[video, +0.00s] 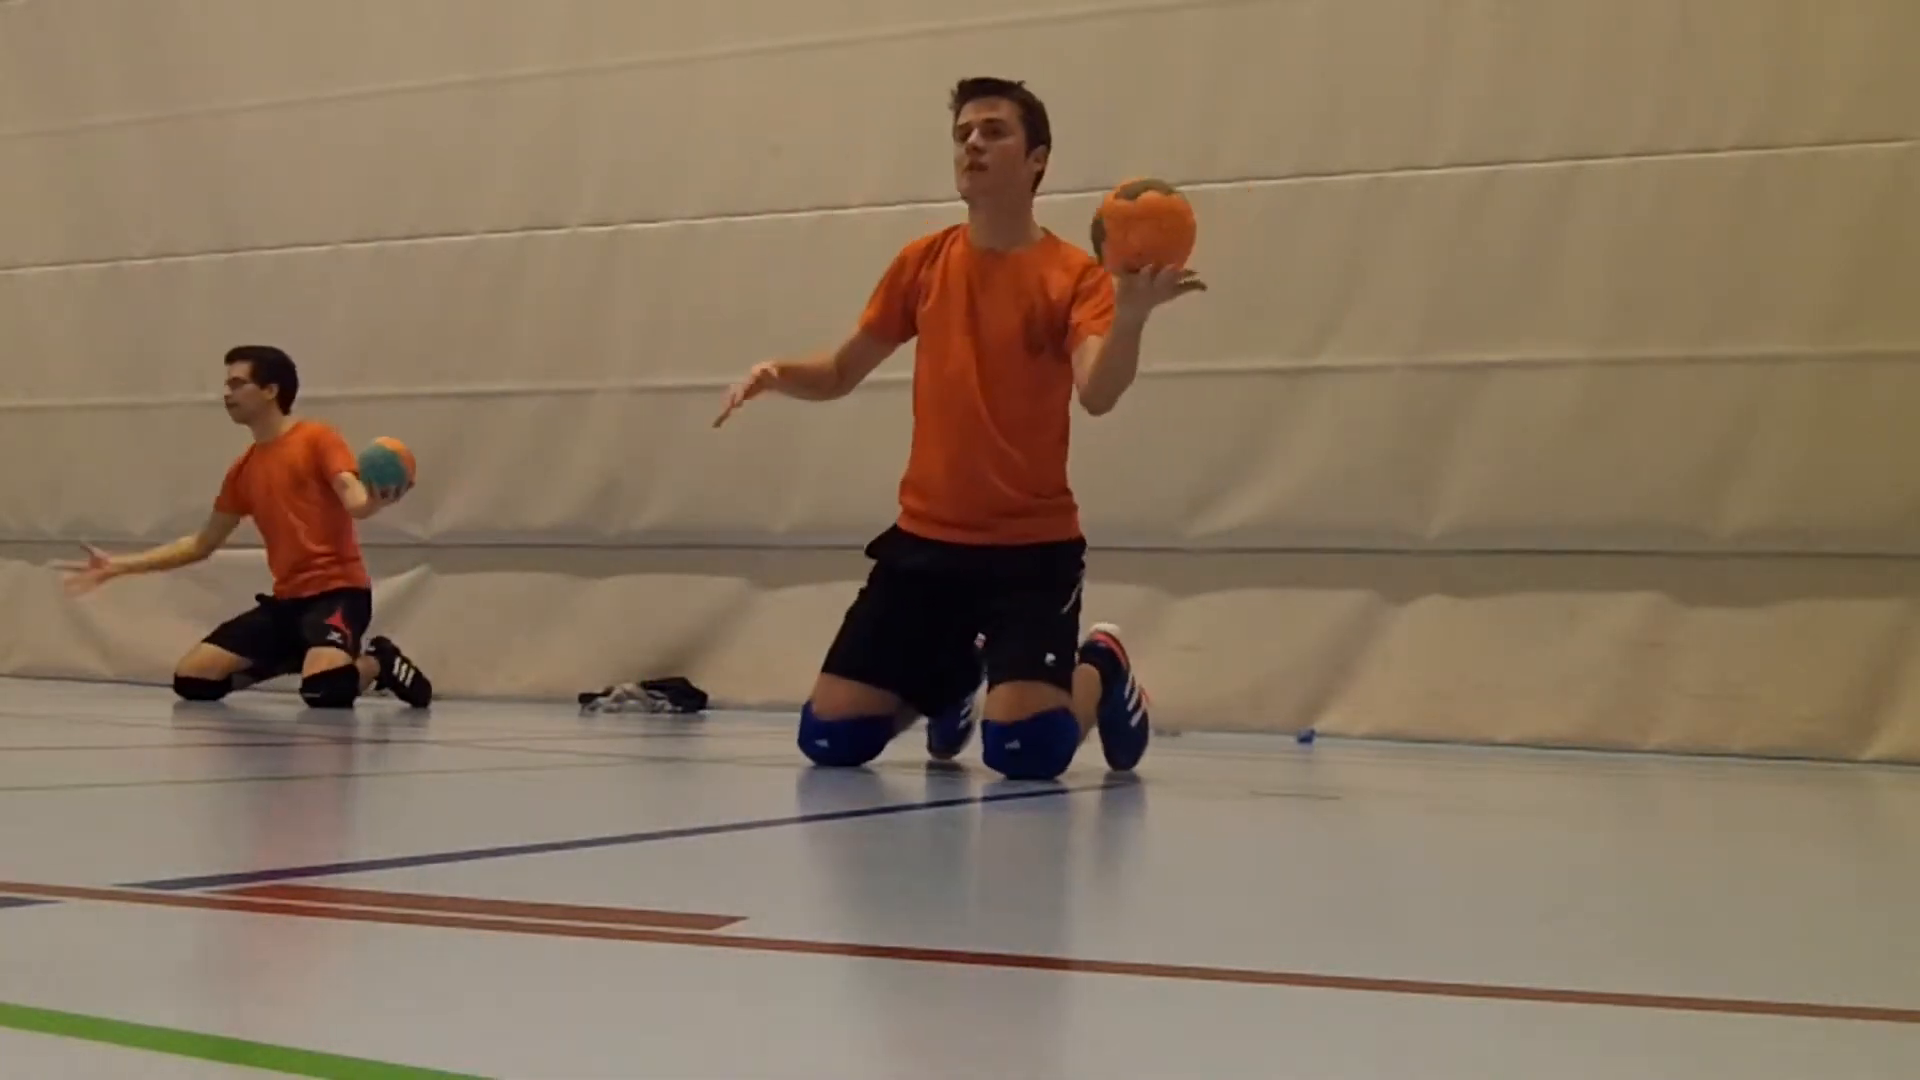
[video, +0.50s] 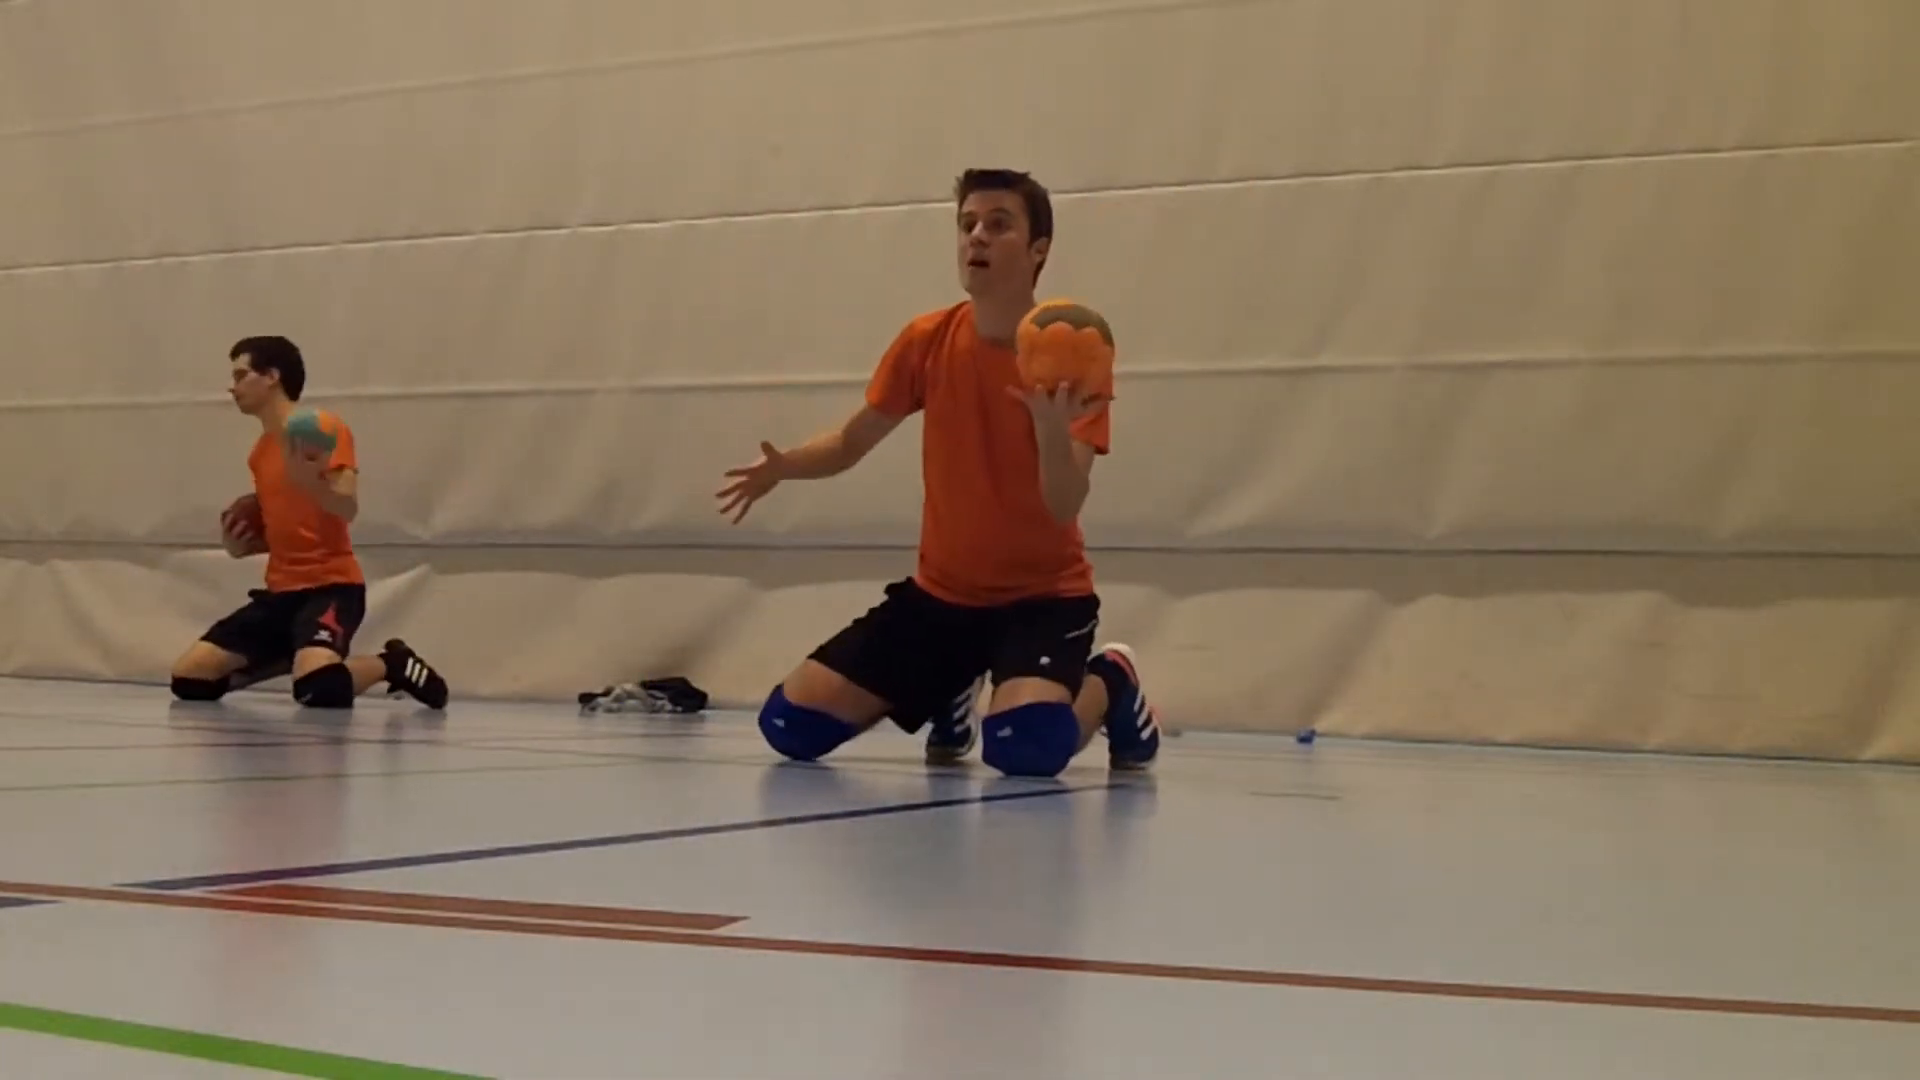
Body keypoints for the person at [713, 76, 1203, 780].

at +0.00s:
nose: (972, 143)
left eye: (994, 130)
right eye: (963, 134)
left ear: (1037, 162)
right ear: (952, 160)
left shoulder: (1075, 276)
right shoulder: (925, 263)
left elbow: (1099, 394)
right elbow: (840, 371)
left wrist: (1130, 318)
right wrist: (780, 373)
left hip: (1033, 546)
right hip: (925, 539)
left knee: (1023, 754)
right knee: (829, 739)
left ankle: (1102, 669)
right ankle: (950, 675)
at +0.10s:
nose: (970, 163)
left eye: (992, 152)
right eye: (961, 153)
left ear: (1033, 181)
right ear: (948, 177)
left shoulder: (1064, 292)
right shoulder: (919, 278)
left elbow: (1079, 427)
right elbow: (830, 383)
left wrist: (1103, 349)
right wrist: (765, 392)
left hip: (1036, 562)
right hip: (929, 554)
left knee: (1013, 751)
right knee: (830, 740)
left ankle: (1105, 669)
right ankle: (952, 677)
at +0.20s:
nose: (971, 194)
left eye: (993, 181)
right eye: (962, 182)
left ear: (1034, 209)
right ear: (951, 203)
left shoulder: (1067, 320)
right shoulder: (920, 304)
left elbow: (1067, 465)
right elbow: (831, 401)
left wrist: (1077, 376)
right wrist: (757, 421)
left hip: (1041, 580)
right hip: (936, 574)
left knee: (1008, 750)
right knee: (834, 738)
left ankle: (1105, 677)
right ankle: (949, 685)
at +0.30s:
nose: (977, 225)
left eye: (999, 211)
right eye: (968, 213)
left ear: (1040, 238)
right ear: (956, 232)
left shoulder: (1069, 345)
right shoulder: (926, 330)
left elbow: (1063, 492)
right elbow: (837, 422)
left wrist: (1062, 414)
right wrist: (764, 447)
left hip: (1048, 591)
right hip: (943, 587)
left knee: (1018, 750)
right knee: (824, 737)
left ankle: (1114, 681)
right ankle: (940, 691)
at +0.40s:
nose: (981, 238)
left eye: (1003, 225)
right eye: (972, 226)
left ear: (1044, 251)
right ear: (960, 245)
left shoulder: (1073, 351)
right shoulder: (931, 341)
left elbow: (1064, 503)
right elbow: (847, 436)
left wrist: (1056, 424)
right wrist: (778, 465)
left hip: (1050, 600)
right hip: (946, 597)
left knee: (1019, 749)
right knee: (808, 733)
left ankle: (1116, 681)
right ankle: (939, 689)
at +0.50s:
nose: (977, 237)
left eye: (998, 224)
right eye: (968, 225)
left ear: (1038, 251)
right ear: (956, 243)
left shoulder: (1069, 353)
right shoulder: (928, 341)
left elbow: (1065, 503)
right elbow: (848, 443)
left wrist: (1054, 431)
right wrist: (784, 465)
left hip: (1045, 600)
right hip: (940, 596)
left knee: (1023, 750)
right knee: (789, 729)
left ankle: (1113, 681)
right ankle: (945, 682)